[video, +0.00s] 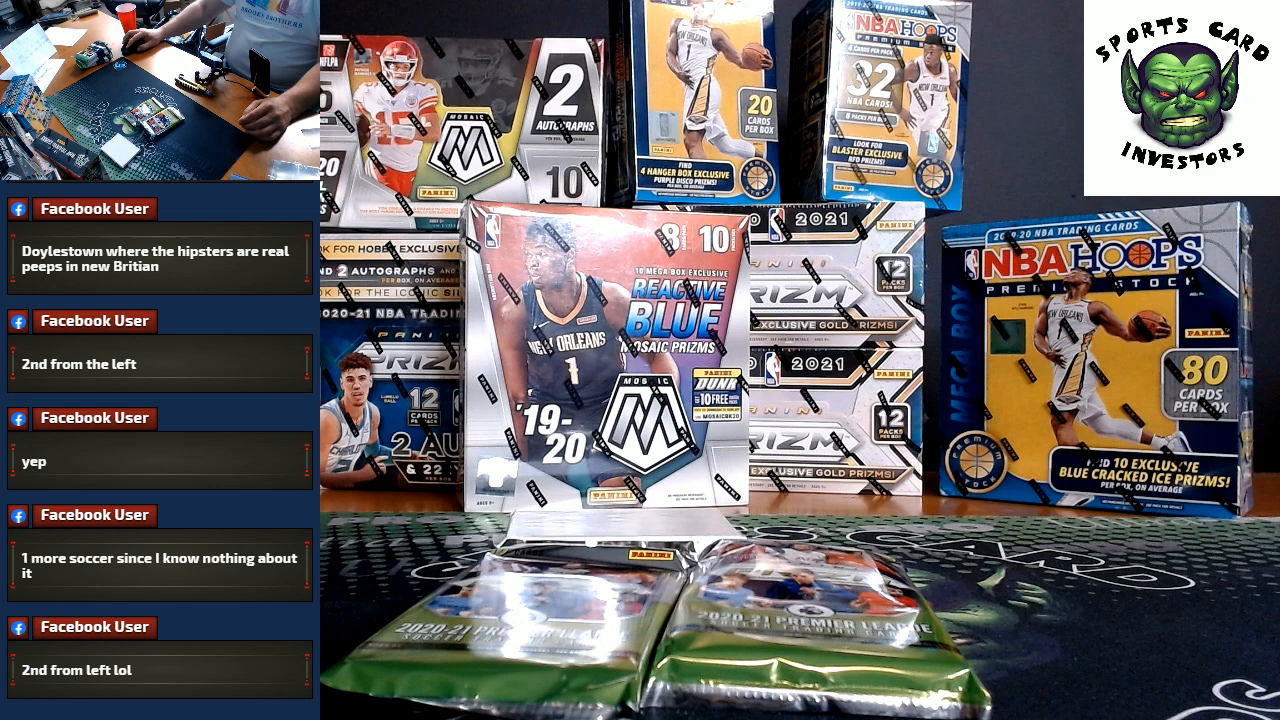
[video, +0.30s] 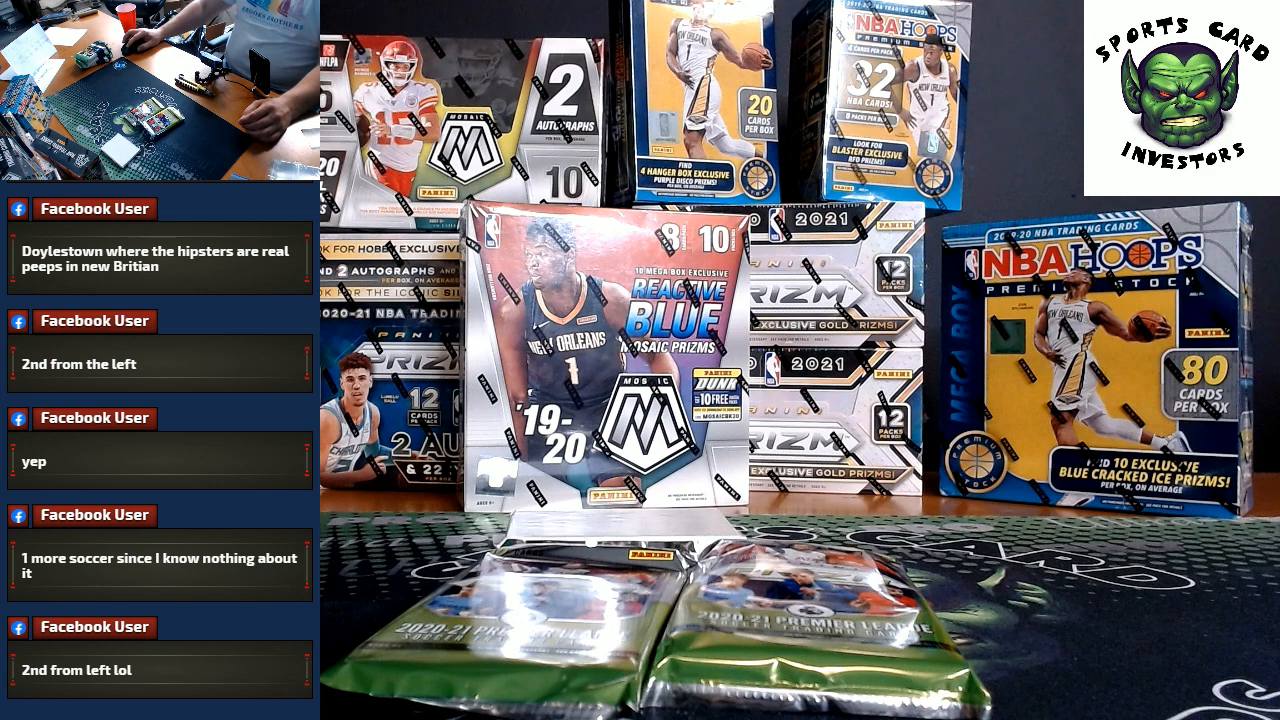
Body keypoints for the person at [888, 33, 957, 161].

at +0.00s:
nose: (928, 52)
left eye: (933, 49)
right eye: (926, 47)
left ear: (941, 52)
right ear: (923, 49)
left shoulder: (949, 71)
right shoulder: (913, 69)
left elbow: (956, 94)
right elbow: (886, 83)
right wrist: (900, 111)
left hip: (940, 117)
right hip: (918, 119)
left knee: (940, 155)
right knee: (923, 155)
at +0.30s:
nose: (929, 52)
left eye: (933, 48)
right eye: (926, 47)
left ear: (941, 51)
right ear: (923, 49)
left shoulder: (949, 70)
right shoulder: (913, 69)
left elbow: (955, 93)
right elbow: (886, 83)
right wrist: (900, 111)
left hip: (940, 116)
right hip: (918, 118)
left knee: (940, 154)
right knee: (923, 154)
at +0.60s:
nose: (929, 52)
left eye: (933, 48)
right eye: (926, 47)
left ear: (941, 51)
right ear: (923, 49)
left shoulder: (949, 70)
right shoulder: (913, 69)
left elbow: (956, 94)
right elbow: (886, 83)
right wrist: (900, 111)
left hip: (940, 117)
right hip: (918, 119)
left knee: (940, 155)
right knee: (923, 155)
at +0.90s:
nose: (928, 53)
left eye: (933, 50)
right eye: (926, 48)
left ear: (941, 52)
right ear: (923, 49)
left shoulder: (949, 71)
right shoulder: (913, 69)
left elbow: (955, 94)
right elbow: (886, 83)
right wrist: (900, 111)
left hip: (940, 117)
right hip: (918, 119)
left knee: (940, 154)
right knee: (923, 155)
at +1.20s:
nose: (928, 53)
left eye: (933, 49)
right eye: (926, 48)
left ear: (941, 52)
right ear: (923, 49)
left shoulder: (949, 71)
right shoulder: (913, 69)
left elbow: (955, 94)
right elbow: (886, 83)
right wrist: (900, 111)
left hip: (940, 117)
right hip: (918, 119)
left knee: (940, 154)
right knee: (923, 155)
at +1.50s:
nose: (929, 53)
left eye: (933, 49)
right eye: (926, 48)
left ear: (941, 52)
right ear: (923, 49)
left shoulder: (949, 71)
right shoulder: (913, 69)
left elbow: (956, 94)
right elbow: (886, 83)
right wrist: (900, 111)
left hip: (940, 117)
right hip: (918, 119)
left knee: (940, 154)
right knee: (923, 155)